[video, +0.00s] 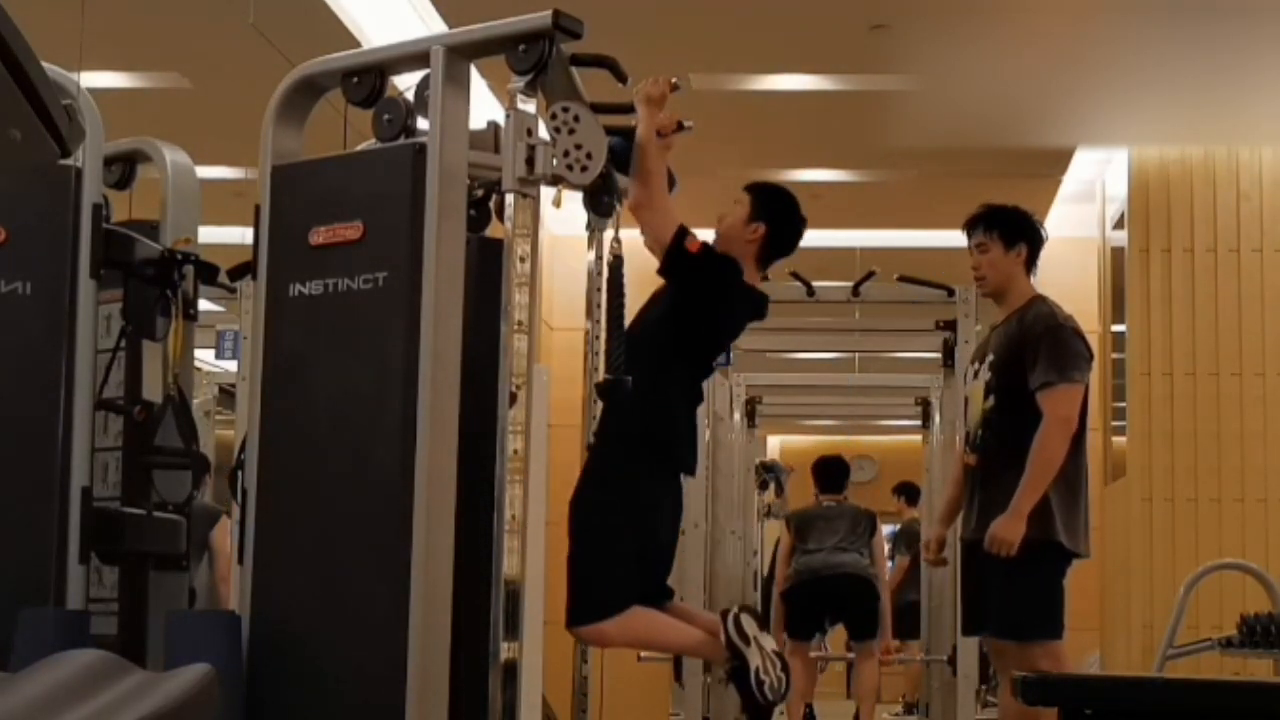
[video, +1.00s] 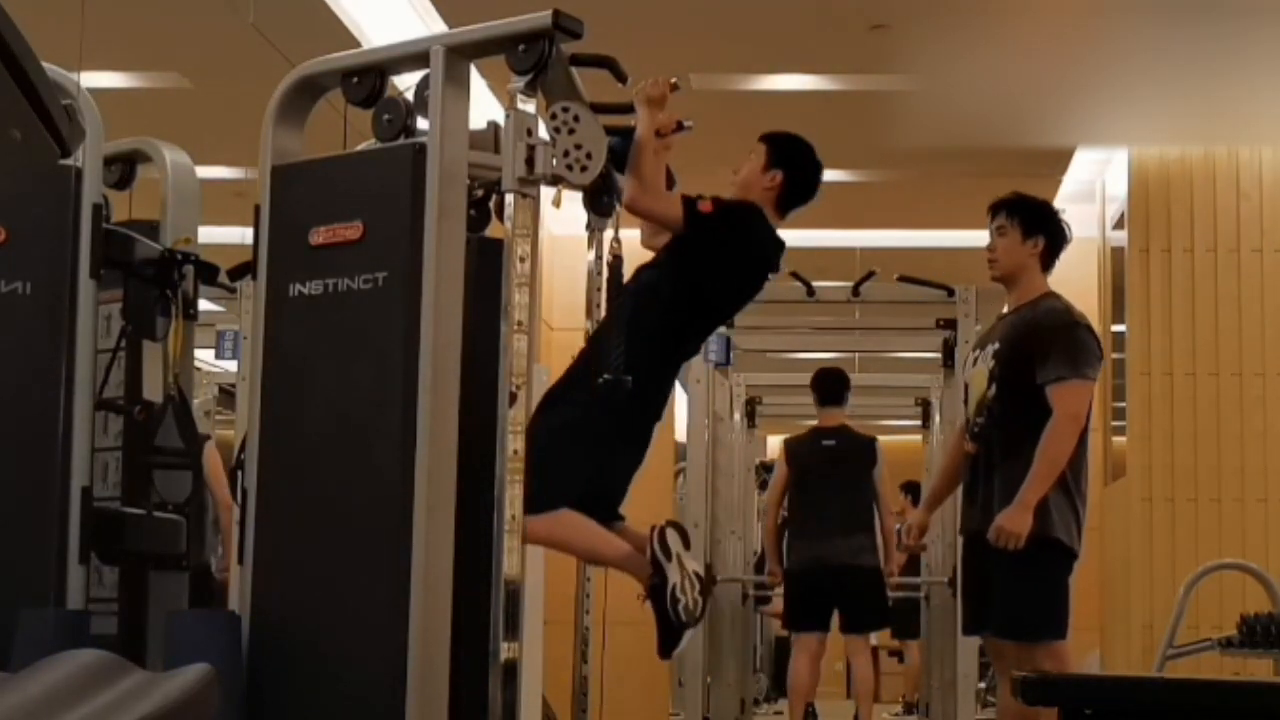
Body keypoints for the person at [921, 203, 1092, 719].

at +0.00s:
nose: (973, 263)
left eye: (984, 250)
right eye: (971, 252)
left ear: (1020, 253)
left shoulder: (1049, 327)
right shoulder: (996, 339)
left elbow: (1060, 426)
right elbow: (975, 443)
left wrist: (1017, 512)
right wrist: (942, 521)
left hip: (1034, 527)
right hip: (995, 526)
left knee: (1041, 668)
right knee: (1006, 663)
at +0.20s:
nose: (974, 262)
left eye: (985, 249)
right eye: (972, 252)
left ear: (1021, 252)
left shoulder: (1050, 326)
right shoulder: (995, 339)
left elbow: (1061, 424)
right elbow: (973, 441)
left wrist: (1018, 509)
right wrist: (938, 520)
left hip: (1034, 527)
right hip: (995, 525)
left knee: (1041, 671)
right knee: (1006, 665)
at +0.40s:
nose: (976, 258)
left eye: (987, 245)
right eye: (974, 248)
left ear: (1024, 251)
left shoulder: (1050, 324)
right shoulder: (993, 338)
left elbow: (1062, 422)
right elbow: (972, 439)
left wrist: (1018, 507)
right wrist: (931, 516)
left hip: (1033, 528)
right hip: (994, 526)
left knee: (1040, 670)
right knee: (1006, 665)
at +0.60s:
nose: (980, 255)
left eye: (992, 243)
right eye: (978, 245)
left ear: (1028, 250)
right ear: (981, 252)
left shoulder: (1052, 323)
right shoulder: (989, 338)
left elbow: (1063, 419)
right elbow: (968, 436)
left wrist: (1018, 505)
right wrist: (927, 510)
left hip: (1033, 526)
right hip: (991, 524)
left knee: (1040, 663)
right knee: (1004, 658)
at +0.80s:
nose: (983, 251)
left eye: (995, 239)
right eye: (983, 240)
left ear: (1032, 248)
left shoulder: (1054, 322)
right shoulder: (993, 335)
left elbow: (1066, 418)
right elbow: (969, 432)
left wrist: (1021, 503)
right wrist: (924, 507)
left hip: (1033, 527)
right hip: (992, 525)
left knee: (1039, 669)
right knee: (1005, 663)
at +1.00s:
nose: (988, 246)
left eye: (1000, 235)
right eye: (989, 236)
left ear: (1037, 245)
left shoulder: (1060, 323)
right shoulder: (994, 334)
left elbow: (1071, 417)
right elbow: (970, 432)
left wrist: (1025, 503)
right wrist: (926, 507)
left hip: (1036, 525)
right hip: (992, 523)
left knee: (1042, 666)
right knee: (1005, 661)